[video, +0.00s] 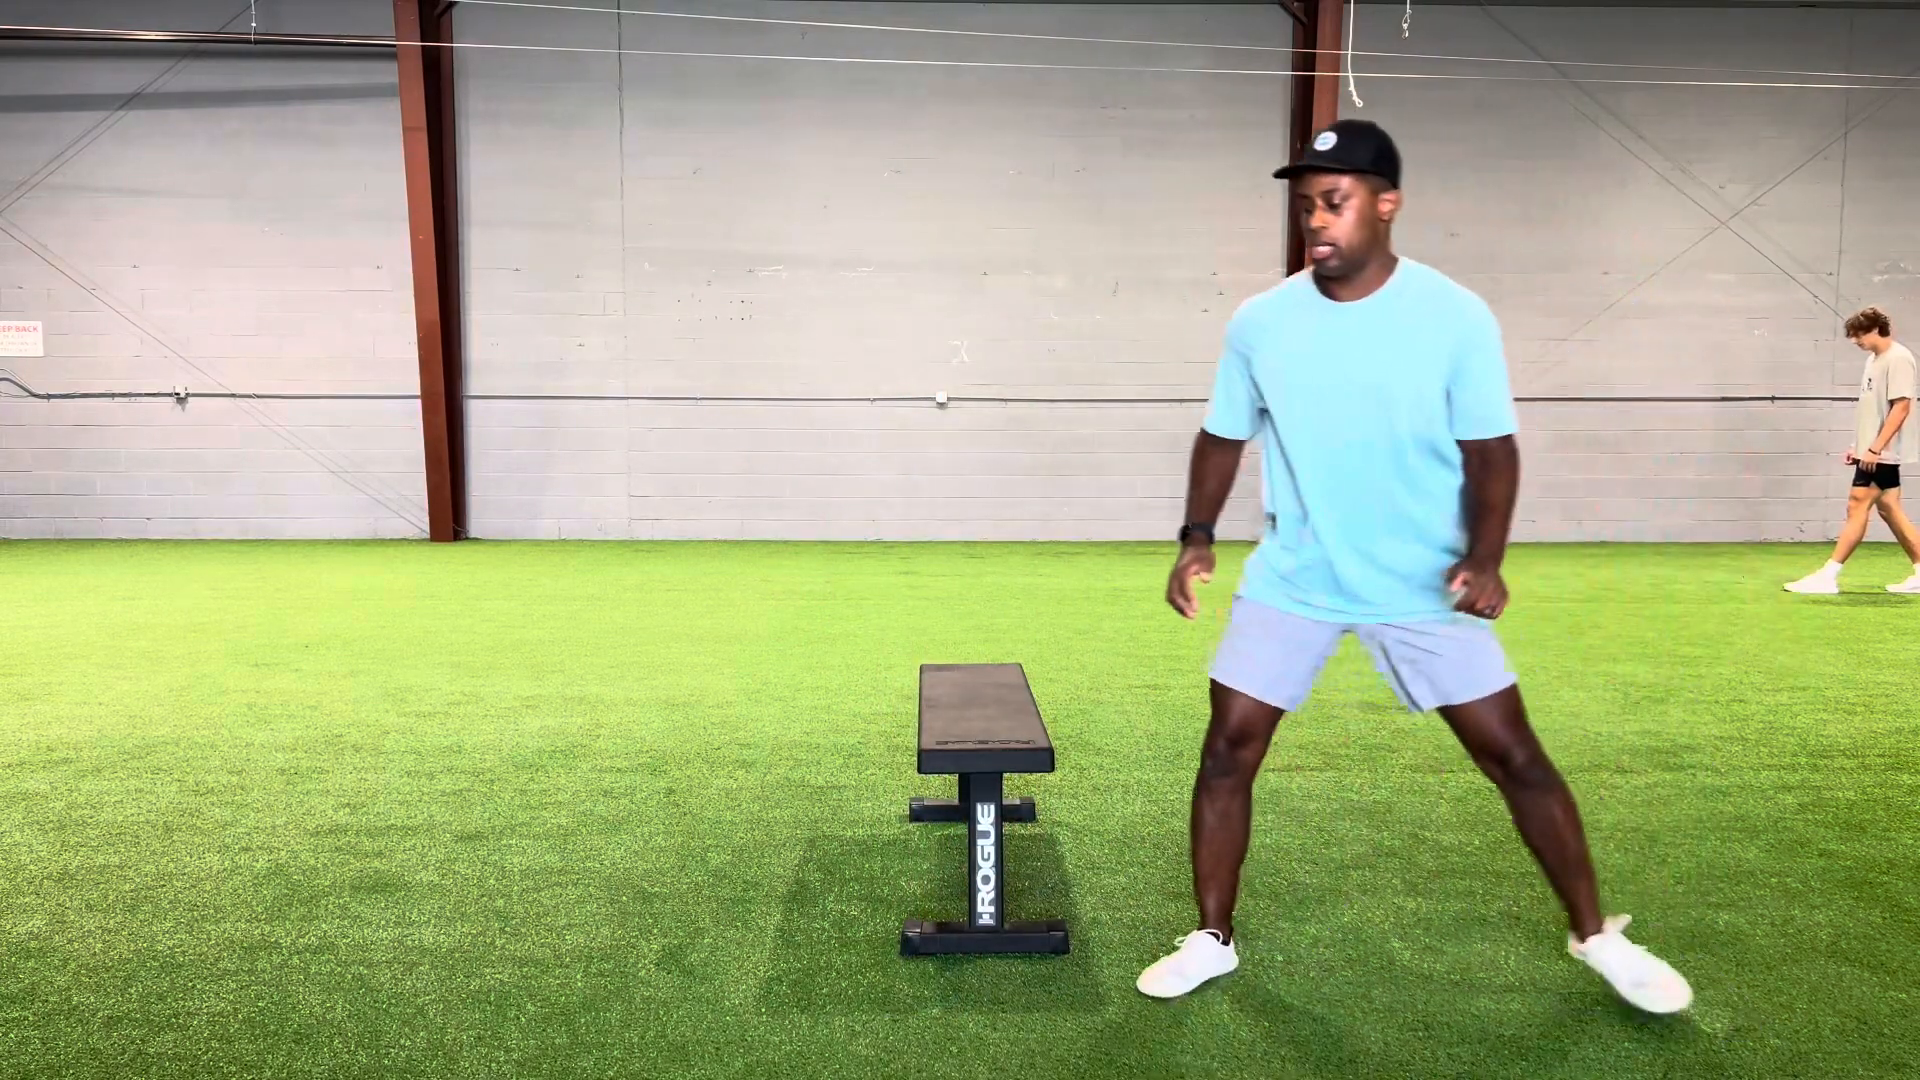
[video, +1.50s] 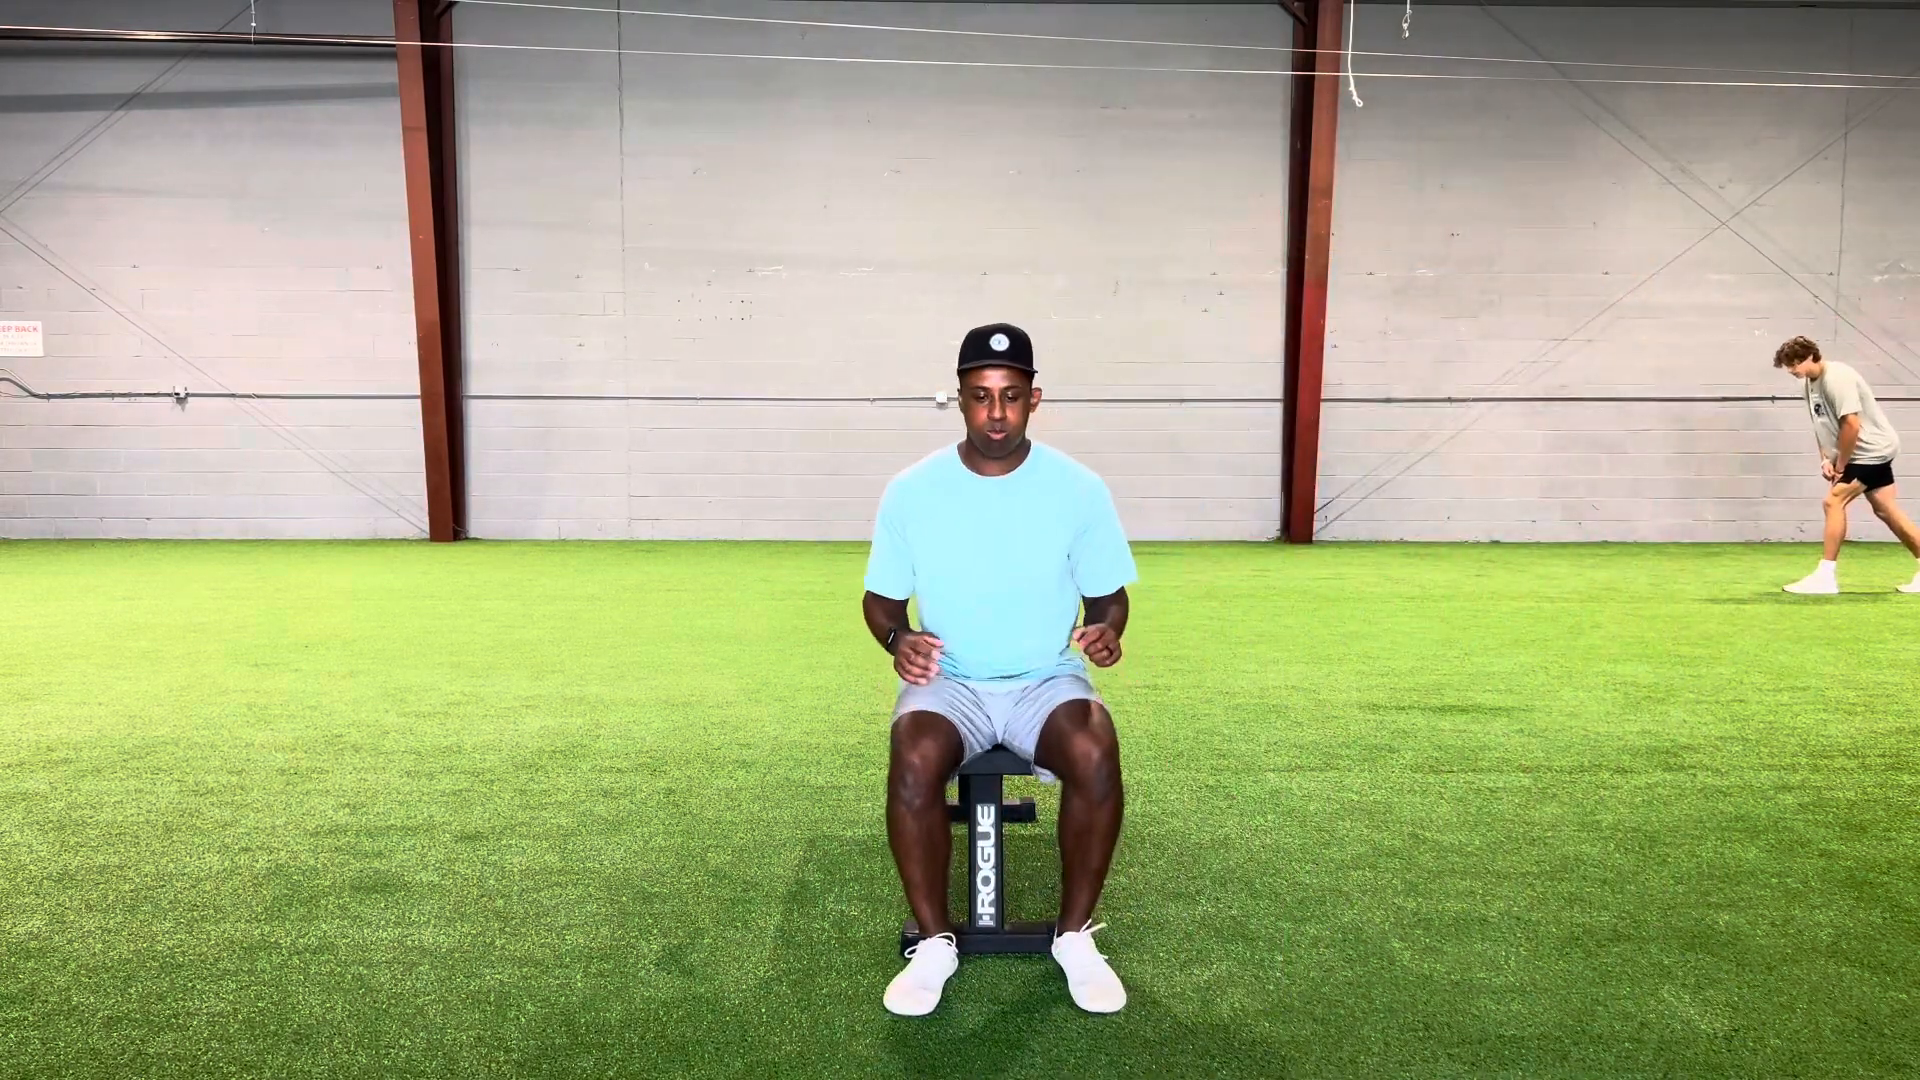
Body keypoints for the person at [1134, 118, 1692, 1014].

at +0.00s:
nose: (1314, 219)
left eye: (1334, 202)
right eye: (1305, 202)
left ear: (1388, 206)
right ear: (1298, 208)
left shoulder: (1457, 319)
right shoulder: (1260, 325)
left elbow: (1491, 451)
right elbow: (1222, 437)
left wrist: (1485, 559)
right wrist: (1196, 535)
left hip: (1423, 584)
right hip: (1293, 576)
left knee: (1516, 756)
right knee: (1228, 744)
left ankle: (1595, 932)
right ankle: (1212, 937)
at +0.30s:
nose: (1193, 215)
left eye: (1211, 197)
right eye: (1184, 198)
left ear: (1261, 195)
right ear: (1175, 199)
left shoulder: (1337, 298)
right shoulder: (1152, 306)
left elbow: (1394, 423)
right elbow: (1119, 423)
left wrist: (1431, 549)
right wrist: (1081, 520)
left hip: (1283, 572)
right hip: (1174, 570)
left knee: (1264, 757)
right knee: (1138, 743)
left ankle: (1260, 940)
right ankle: (1194, 917)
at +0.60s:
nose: (1111, 248)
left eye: (1131, 229)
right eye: (1098, 227)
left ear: (1170, 225)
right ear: (1081, 219)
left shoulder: (1219, 325)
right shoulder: (1041, 314)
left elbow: (1253, 461)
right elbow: (1004, 424)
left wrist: (1227, 578)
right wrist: (985, 524)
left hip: (1172, 588)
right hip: (1058, 578)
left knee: (1201, 772)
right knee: (992, 747)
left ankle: (1250, 938)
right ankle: (943, 933)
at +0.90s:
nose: (1024, 381)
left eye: (1044, 362)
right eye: (1010, 359)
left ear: (1078, 346)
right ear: (991, 342)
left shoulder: (1126, 424)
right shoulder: (941, 411)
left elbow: (1159, 547)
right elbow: (896, 507)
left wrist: (1109, 649)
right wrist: (900, 603)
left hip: (1080, 619)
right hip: (971, 612)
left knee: (1097, 772)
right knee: (937, 759)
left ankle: (1078, 938)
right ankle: (934, 940)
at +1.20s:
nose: (1016, 456)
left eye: (1033, 436)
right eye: (1001, 435)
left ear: (1060, 427)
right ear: (980, 420)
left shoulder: (1101, 504)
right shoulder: (924, 494)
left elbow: (1153, 616)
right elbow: (867, 586)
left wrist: (1129, 669)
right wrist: (884, 658)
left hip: (1054, 682)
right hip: (948, 680)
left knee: (1089, 778)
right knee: (924, 768)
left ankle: (1074, 941)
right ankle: (937, 943)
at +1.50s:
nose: (996, 412)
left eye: (1012, 396)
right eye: (981, 397)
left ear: (1033, 401)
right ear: (960, 402)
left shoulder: (1078, 490)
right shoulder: (911, 493)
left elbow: (1108, 590)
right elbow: (880, 599)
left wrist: (1106, 629)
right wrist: (897, 639)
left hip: (1047, 682)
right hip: (946, 684)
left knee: (1094, 751)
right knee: (913, 760)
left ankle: (1074, 935)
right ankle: (934, 940)